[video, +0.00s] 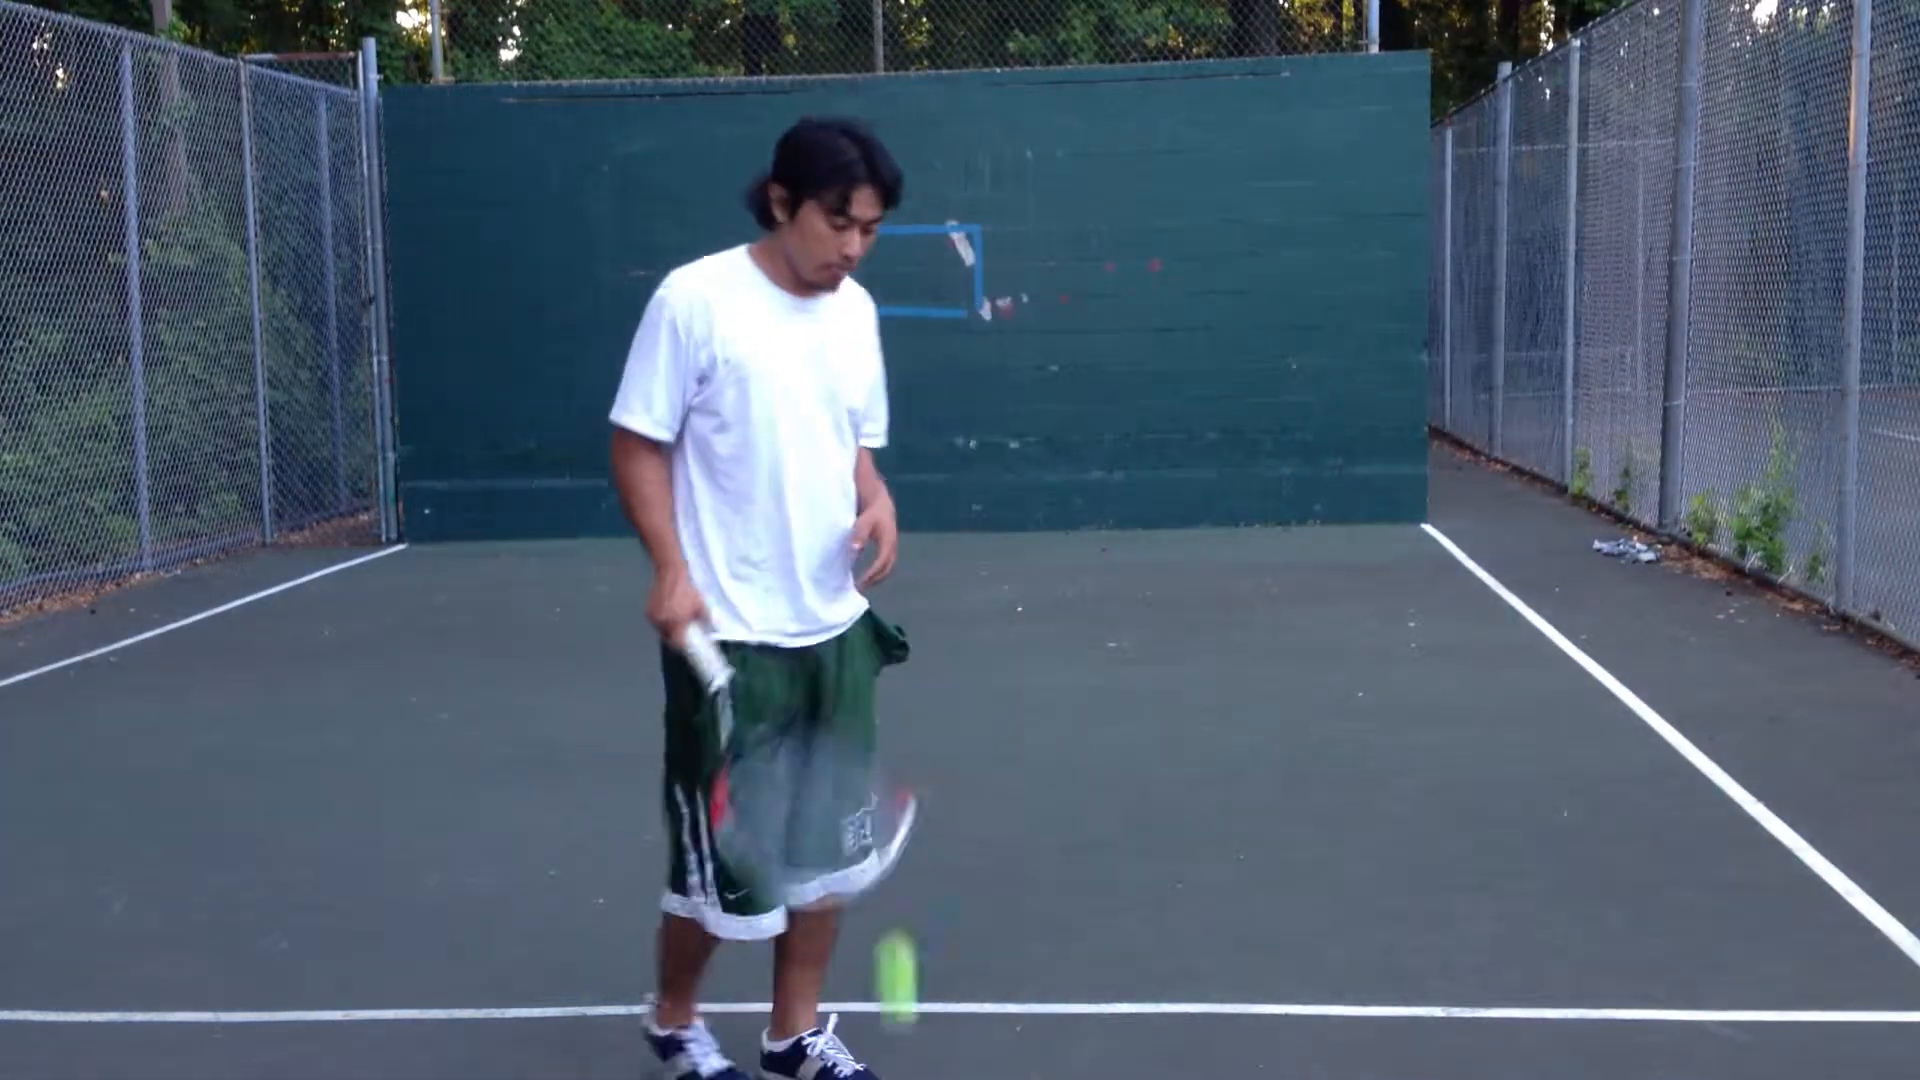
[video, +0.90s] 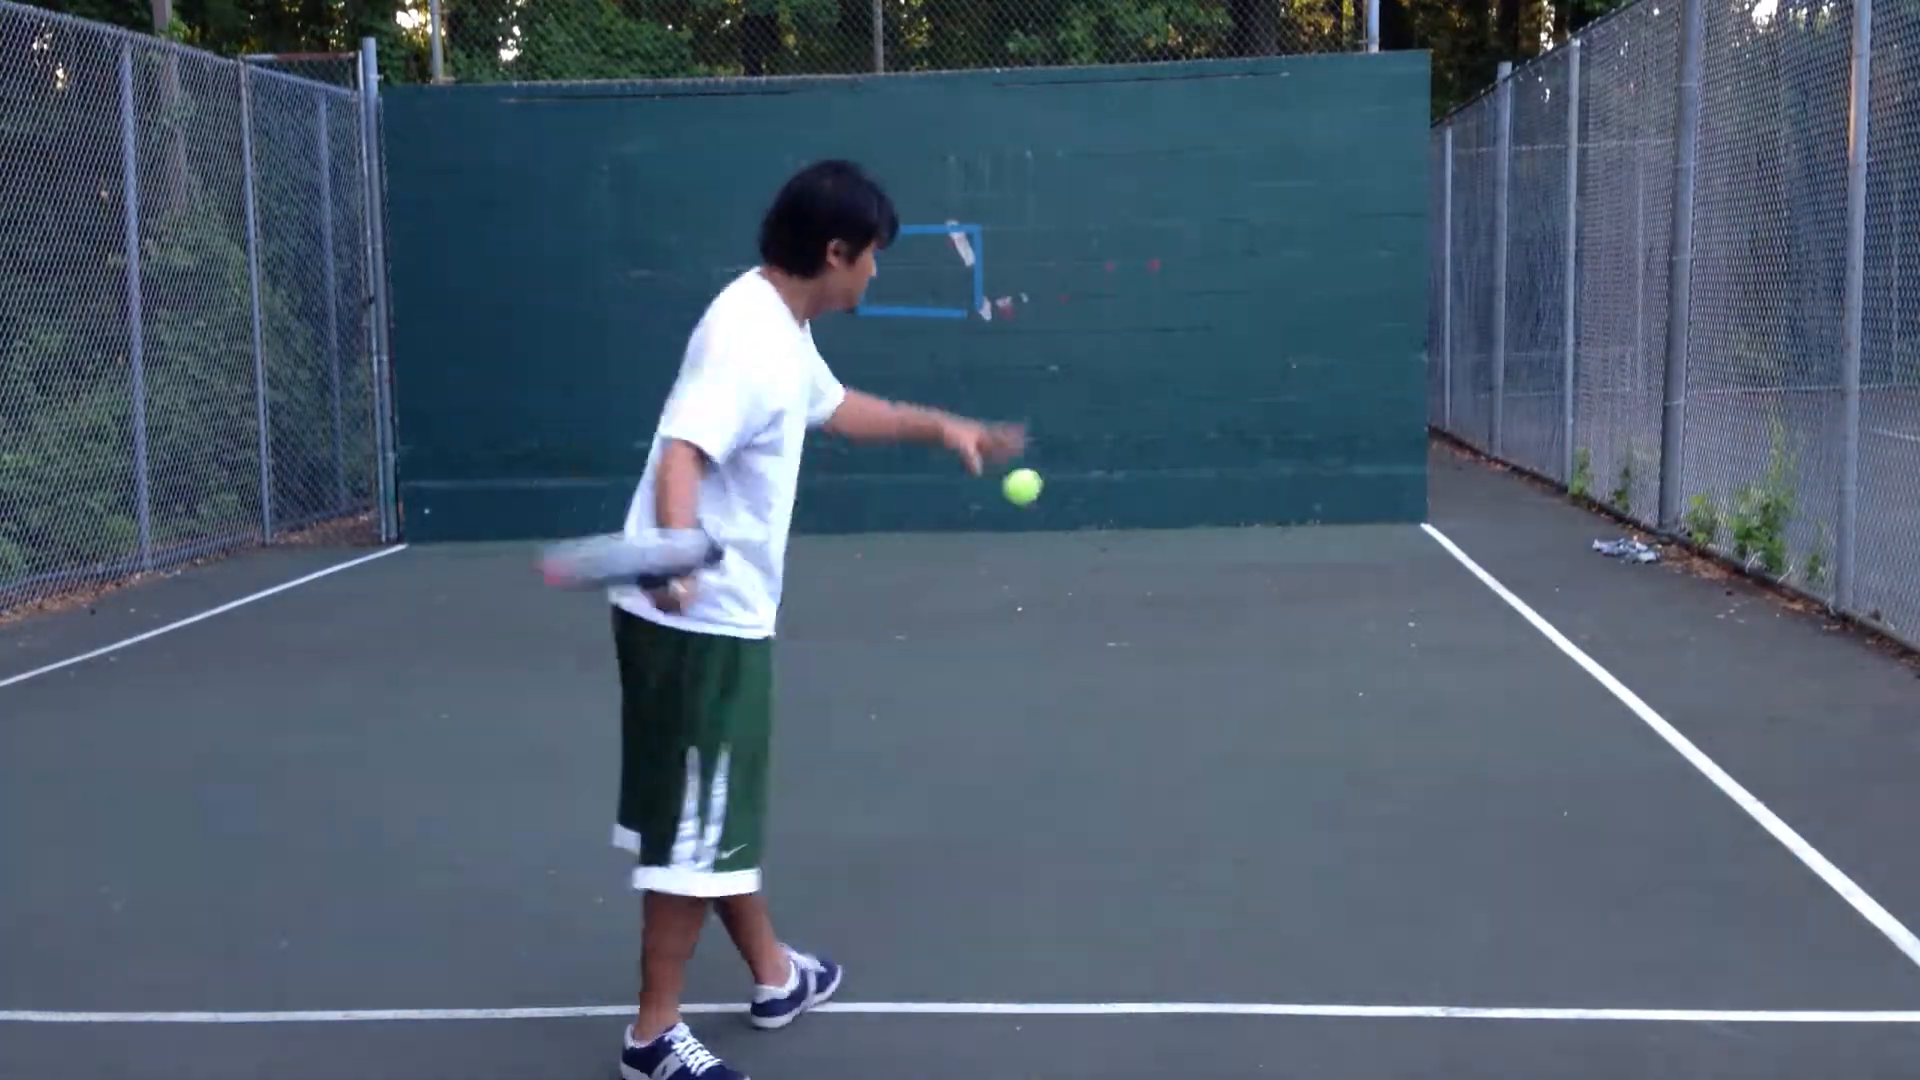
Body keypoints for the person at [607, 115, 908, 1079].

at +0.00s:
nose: (854, 249)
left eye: (869, 229)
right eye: (840, 224)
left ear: (877, 223)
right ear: (782, 206)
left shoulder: (853, 308)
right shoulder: (692, 299)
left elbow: (849, 439)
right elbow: (636, 444)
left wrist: (877, 496)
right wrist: (670, 568)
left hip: (835, 628)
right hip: (727, 635)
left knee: (828, 850)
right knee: (721, 856)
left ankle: (795, 1037)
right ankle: (673, 1025)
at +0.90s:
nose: (871, 277)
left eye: (875, 261)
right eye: (871, 260)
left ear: (811, 246)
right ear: (834, 254)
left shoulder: (780, 323)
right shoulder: (749, 330)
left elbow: (838, 408)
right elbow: (681, 453)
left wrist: (945, 425)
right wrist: (680, 555)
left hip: (725, 613)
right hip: (697, 618)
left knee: (721, 810)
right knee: (691, 828)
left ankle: (773, 976)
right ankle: (655, 1032)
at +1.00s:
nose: (876, 276)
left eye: (880, 260)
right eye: (875, 259)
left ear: (808, 242)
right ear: (838, 252)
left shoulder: (735, 291)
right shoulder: (779, 344)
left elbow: (796, 376)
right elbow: (748, 487)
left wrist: (904, 364)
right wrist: (767, 605)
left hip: (673, 591)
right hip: (728, 607)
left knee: (721, 803)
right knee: (734, 820)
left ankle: (776, 976)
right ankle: (660, 1017)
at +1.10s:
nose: (874, 271)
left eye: (877, 255)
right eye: (871, 256)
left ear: (792, 242)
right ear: (836, 252)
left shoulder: (712, 278)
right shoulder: (812, 362)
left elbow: (779, 324)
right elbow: (823, 521)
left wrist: (871, 323)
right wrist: (883, 629)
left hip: (669, 587)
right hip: (754, 606)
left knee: (729, 796)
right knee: (771, 802)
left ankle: (774, 976)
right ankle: (680, 971)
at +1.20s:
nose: (878, 278)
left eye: (882, 261)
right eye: (876, 259)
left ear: (788, 235)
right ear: (836, 248)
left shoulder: (698, 280)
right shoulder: (833, 358)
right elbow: (867, 496)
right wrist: (947, 549)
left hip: (679, 589)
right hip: (777, 601)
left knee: (718, 795)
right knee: (796, 793)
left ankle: (776, 975)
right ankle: (709, 949)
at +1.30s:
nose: (875, 270)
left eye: (879, 254)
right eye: (876, 253)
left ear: (785, 227)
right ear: (848, 246)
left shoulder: (696, 282)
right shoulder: (853, 350)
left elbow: (704, 382)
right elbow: (866, 449)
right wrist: (909, 421)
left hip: (689, 589)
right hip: (792, 599)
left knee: (733, 789)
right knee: (814, 786)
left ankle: (778, 973)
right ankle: (739, 934)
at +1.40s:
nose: (877, 250)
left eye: (878, 236)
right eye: (877, 238)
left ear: (790, 217)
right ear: (857, 242)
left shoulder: (701, 284)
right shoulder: (865, 333)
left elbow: (679, 377)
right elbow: (882, 422)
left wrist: (800, 295)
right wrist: (867, 313)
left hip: (704, 581)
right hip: (812, 591)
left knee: (736, 780)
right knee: (829, 773)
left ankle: (787, 968)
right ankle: (762, 924)